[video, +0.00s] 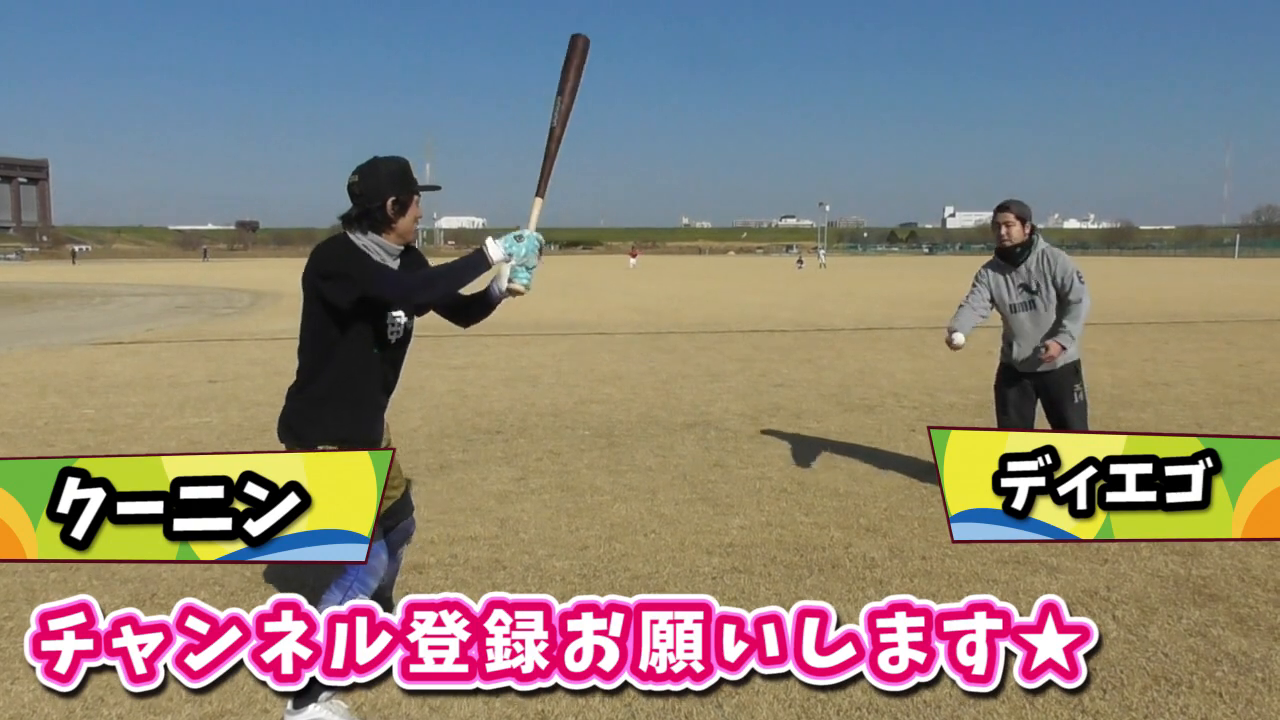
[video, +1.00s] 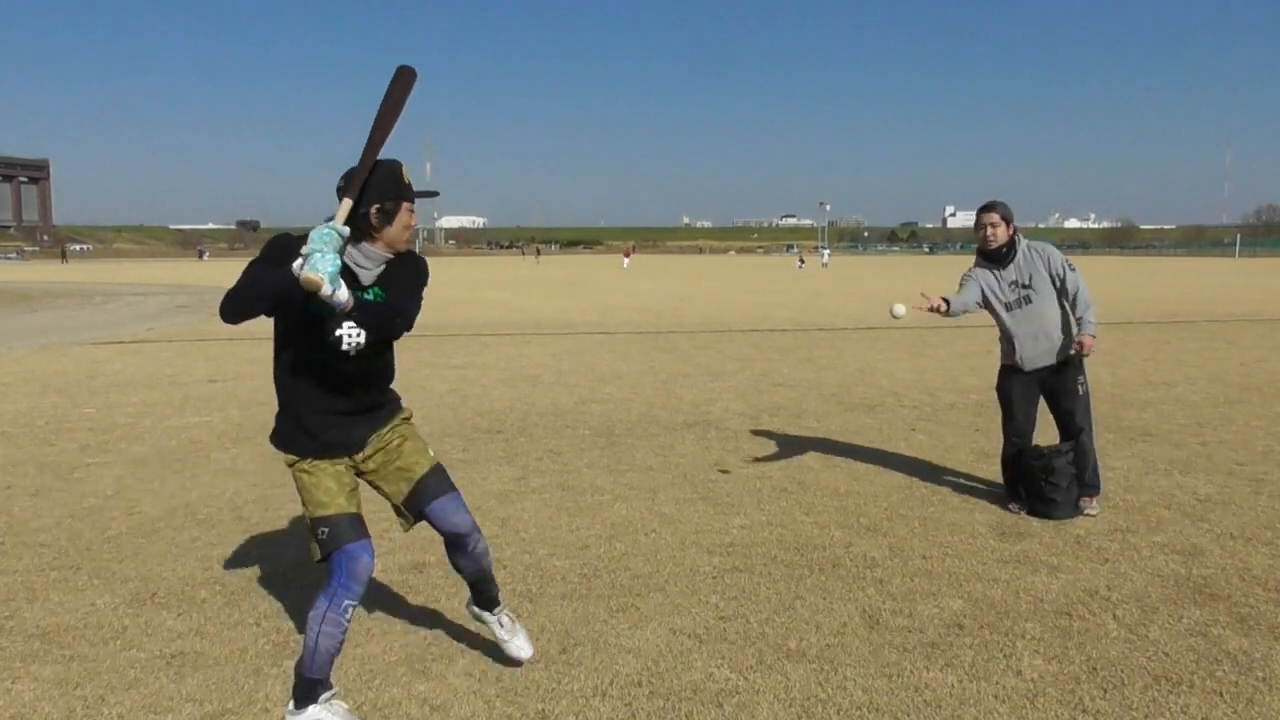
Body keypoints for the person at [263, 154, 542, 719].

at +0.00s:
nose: (422, 213)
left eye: (420, 203)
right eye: (417, 203)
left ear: (386, 208)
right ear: (393, 207)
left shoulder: (402, 261)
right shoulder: (336, 255)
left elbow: (464, 311)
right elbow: (402, 291)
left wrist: (504, 282)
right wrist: (491, 253)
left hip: (365, 431)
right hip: (322, 435)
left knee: (399, 525)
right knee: (369, 561)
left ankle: (365, 628)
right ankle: (309, 690)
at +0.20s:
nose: (408, 214)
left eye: (406, 203)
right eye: (403, 204)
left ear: (369, 207)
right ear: (379, 207)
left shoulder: (388, 267)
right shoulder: (311, 252)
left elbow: (448, 313)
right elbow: (371, 286)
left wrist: (474, 275)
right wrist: (453, 238)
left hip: (354, 437)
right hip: (306, 442)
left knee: (404, 528)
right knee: (363, 564)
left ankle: (377, 631)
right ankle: (308, 696)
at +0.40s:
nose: (398, 209)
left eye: (398, 201)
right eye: (394, 201)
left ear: (353, 203)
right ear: (371, 203)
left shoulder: (379, 255)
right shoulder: (287, 246)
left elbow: (426, 313)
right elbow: (323, 288)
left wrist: (425, 263)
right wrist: (396, 242)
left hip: (351, 421)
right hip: (293, 433)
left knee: (432, 517)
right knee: (346, 568)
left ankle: (408, 614)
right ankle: (306, 697)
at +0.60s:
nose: (389, 207)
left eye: (389, 201)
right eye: (384, 200)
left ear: (350, 201)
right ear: (362, 203)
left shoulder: (381, 252)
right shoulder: (278, 246)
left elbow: (410, 319)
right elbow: (271, 297)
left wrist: (385, 270)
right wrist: (352, 249)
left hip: (357, 413)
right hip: (293, 424)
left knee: (416, 488)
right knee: (345, 563)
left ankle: (433, 622)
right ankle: (307, 695)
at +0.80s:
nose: (403, 212)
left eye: (402, 201)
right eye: (395, 202)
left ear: (366, 205)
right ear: (363, 205)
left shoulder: (393, 258)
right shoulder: (281, 247)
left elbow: (398, 320)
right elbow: (244, 304)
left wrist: (351, 276)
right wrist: (323, 264)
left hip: (366, 413)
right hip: (301, 432)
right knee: (349, 564)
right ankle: (308, 698)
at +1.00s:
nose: (415, 221)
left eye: (415, 211)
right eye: (407, 213)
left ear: (380, 216)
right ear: (375, 217)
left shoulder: (406, 266)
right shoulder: (292, 252)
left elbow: (390, 323)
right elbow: (233, 310)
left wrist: (326, 290)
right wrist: (303, 266)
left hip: (383, 424)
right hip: (315, 440)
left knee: (461, 527)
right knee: (353, 563)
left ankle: (489, 608)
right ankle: (307, 699)